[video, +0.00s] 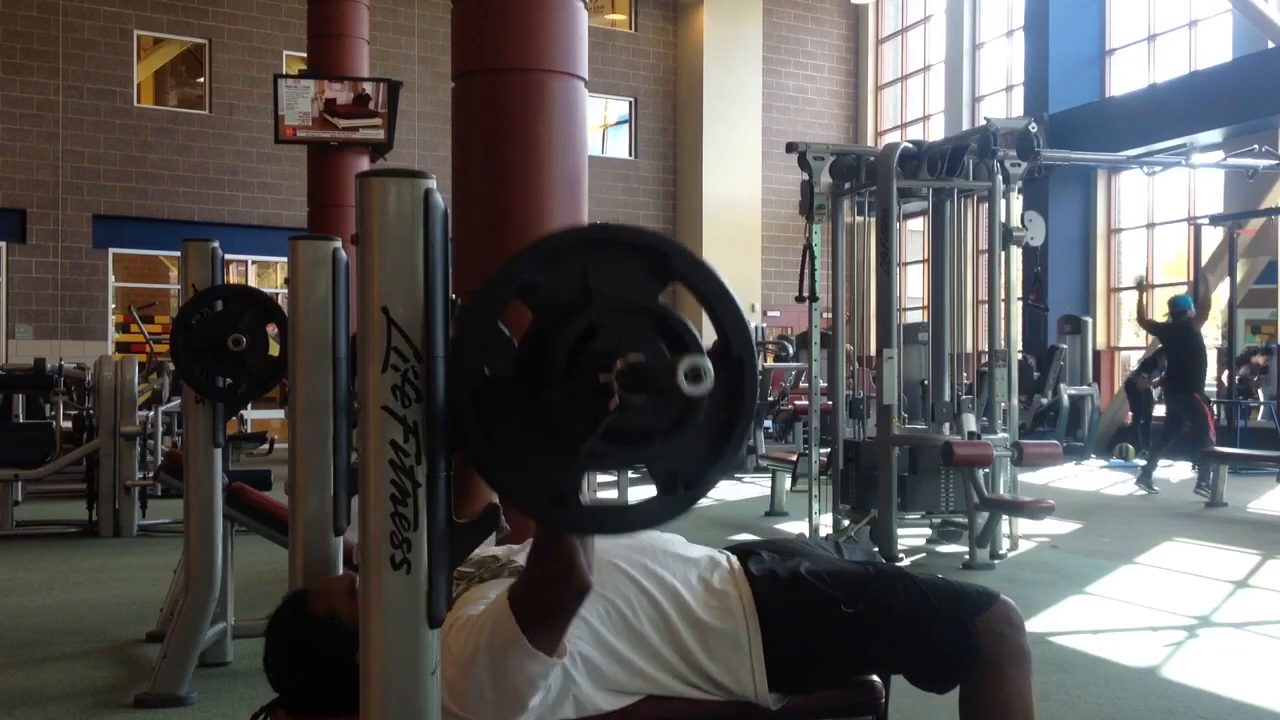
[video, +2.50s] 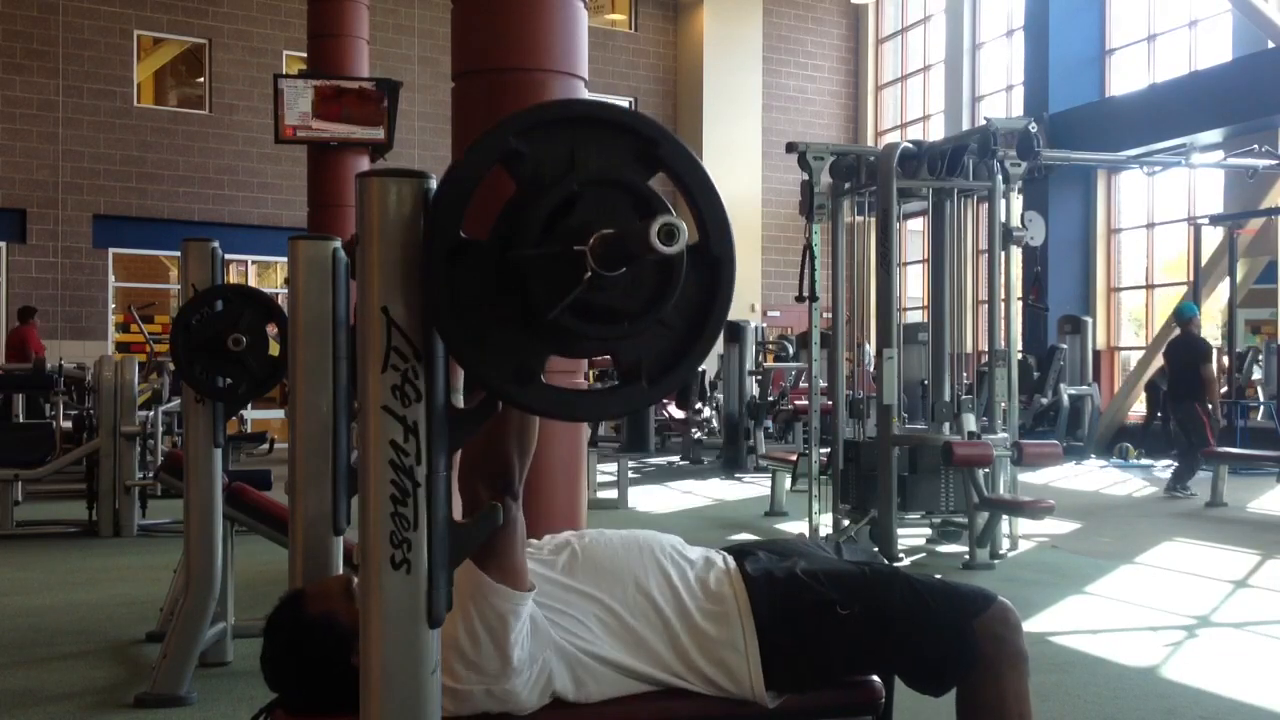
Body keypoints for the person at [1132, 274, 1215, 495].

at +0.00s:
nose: (1194, 312)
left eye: (1192, 309)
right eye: (1192, 309)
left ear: (1171, 312)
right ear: (1188, 312)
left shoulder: (1165, 329)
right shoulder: (1191, 327)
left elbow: (1143, 319)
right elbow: (1205, 306)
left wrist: (1141, 293)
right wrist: (1203, 281)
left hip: (1172, 391)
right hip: (1191, 392)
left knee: (1167, 433)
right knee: (1207, 433)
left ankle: (1146, 475)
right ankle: (1204, 481)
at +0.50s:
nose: (1196, 307)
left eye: (1193, 303)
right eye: (1193, 304)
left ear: (1175, 310)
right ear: (1188, 308)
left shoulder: (1166, 332)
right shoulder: (1194, 331)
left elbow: (1162, 363)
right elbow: (1203, 362)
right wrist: (1217, 385)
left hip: (1171, 389)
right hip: (1189, 390)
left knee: (1180, 433)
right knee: (1198, 435)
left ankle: (1168, 478)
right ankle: (1180, 480)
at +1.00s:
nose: (1199, 319)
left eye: (1197, 316)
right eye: (1198, 316)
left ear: (1176, 320)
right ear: (1194, 320)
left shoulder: (1170, 335)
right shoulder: (1196, 333)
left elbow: (1156, 317)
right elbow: (1207, 311)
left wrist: (1162, 290)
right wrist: (1197, 286)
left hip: (1177, 398)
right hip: (1194, 399)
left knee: (1176, 438)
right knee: (1216, 436)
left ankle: (1147, 478)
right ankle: (1210, 484)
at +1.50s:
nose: (1202, 315)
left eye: (1200, 311)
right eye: (1200, 312)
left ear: (1181, 317)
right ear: (1195, 315)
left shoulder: (1173, 341)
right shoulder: (1202, 340)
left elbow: (1175, 371)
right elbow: (1209, 371)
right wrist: (1221, 399)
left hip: (1177, 395)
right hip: (1195, 396)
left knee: (1193, 437)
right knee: (1209, 438)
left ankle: (1180, 480)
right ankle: (1188, 482)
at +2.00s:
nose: (1201, 321)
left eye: (1198, 316)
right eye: (1198, 317)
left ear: (1178, 319)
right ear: (1194, 319)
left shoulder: (1171, 336)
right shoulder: (1195, 336)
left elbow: (1161, 316)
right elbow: (1207, 314)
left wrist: (1169, 295)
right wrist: (1189, 292)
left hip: (1177, 400)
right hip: (1194, 401)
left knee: (1179, 443)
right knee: (1216, 442)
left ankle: (1148, 478)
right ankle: (1203, 487)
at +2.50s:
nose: (1200, 320)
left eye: (1198, 317)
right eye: (1198, 317)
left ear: (1179, 323)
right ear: (1193, 320)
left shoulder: (1170, 346)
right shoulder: (1202, 345)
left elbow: (1171, 377)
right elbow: (1209, 378)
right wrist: (1216, 409)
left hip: (1174, 401)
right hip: (1194, 401)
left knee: (1191, 443)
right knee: (1205, 444)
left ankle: (1178, 482)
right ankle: (1178, 482)